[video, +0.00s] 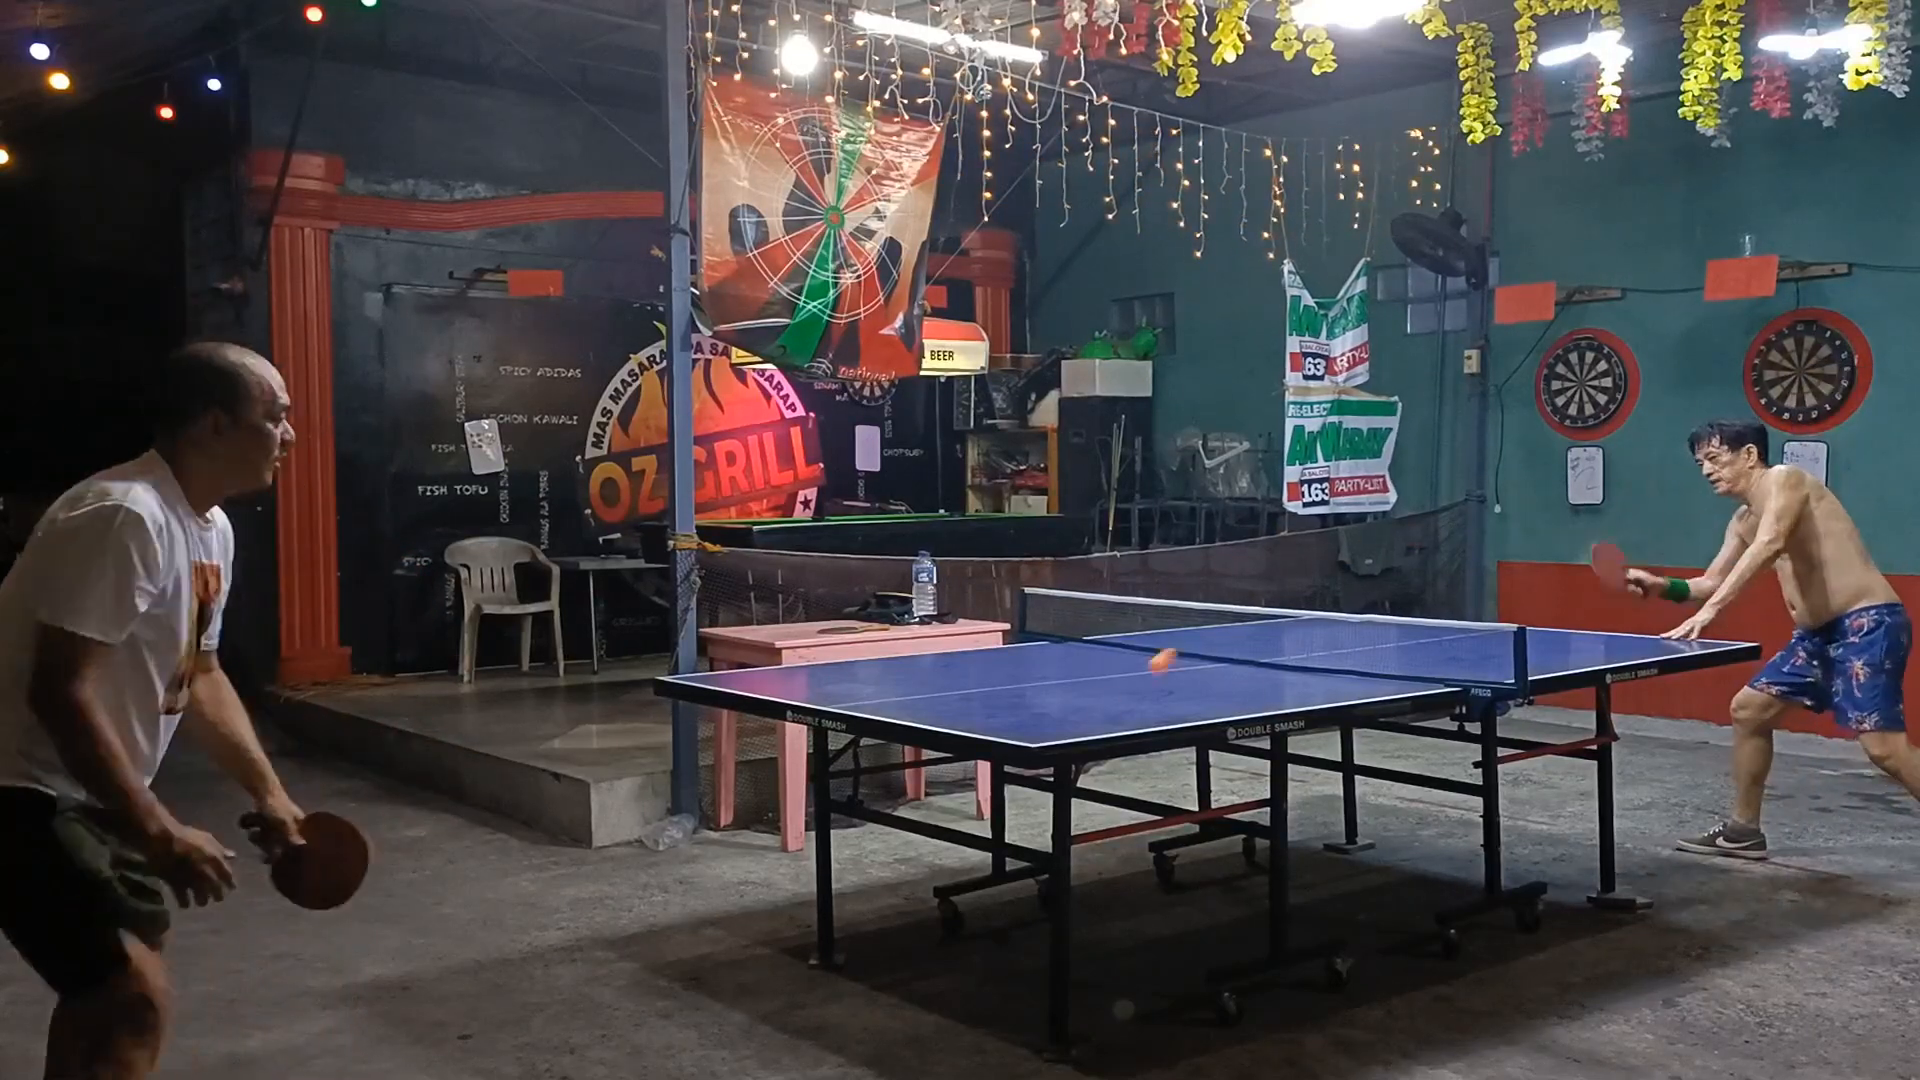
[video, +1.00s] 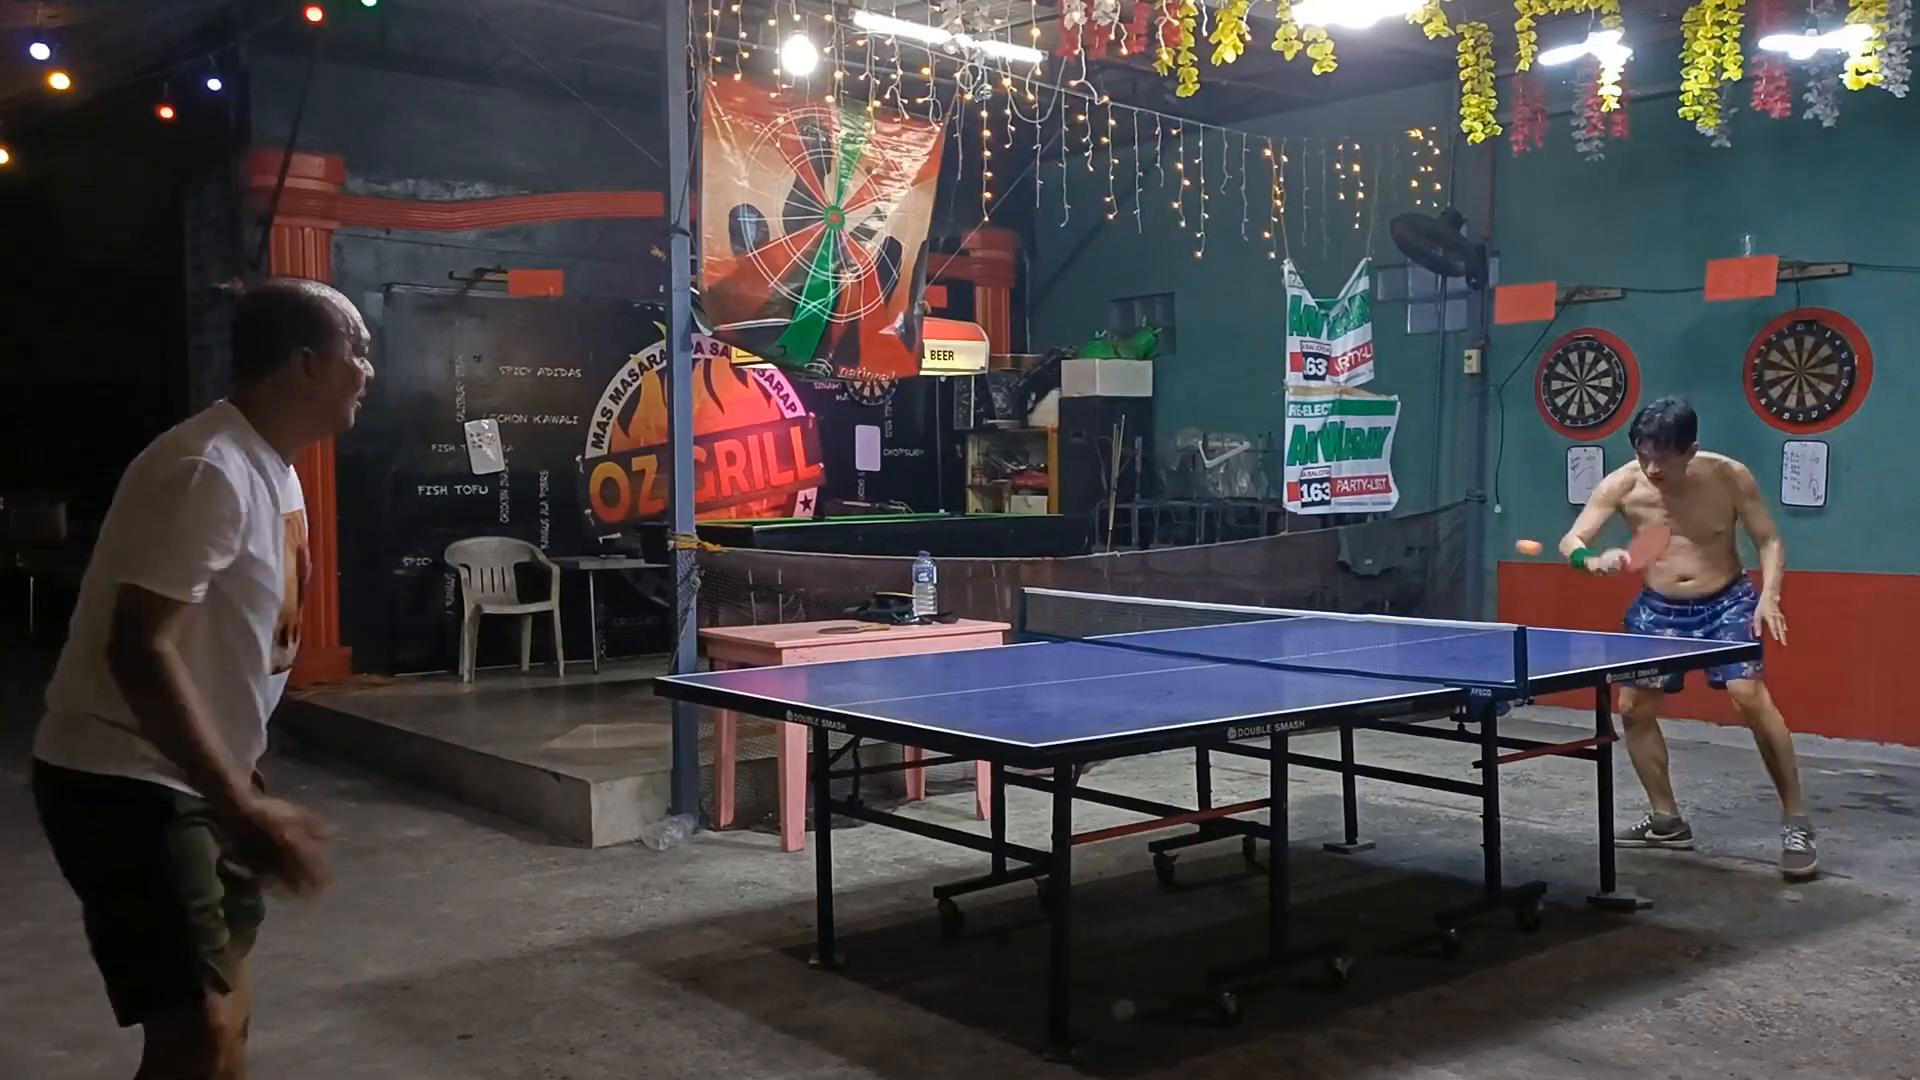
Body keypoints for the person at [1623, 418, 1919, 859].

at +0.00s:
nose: (1708, 471)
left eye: (1715, 459)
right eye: (1703, 464)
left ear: (1749, 454)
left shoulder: (1784, 479)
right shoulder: (1744, 522)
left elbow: (1768, 544)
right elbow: (1713, 582)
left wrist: (1710, 609)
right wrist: (1660, 586)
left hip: (1868, 624)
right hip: (1818, 636)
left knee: (1884, 748)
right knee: (1749, 711)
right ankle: (1744, 828)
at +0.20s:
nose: (1680, 458)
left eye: (1689, 446)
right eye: (1675, 451)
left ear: (1723, 445)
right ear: (1675, 456)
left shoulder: (1758, 476)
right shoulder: (1712, 511)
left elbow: (1759, 541)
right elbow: (1706, 580)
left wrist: (1708, 610)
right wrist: (1665, 605)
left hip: (1836, 622)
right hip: (1780, 634)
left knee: (1863, 735)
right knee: (1716, 712)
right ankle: (1741, 829)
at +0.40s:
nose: (1669, 436)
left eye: (1680, 425)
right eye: (1664, 428)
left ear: (1714, 426)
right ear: (1663, 434)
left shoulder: (1747, 465)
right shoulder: (1687, 489)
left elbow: (1743, 537)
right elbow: (1673, 553)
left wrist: (1702, 605)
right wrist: (1634, 575)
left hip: (1799, 612)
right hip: (1743, 618)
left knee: (1809, 725)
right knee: (1696, 713)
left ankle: (1886, 840)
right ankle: (1739, 829)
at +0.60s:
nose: (1660, 438)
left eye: (1670, 427)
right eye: (1654, 430)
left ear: (1702, 427)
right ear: (1652, 434)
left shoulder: (1739, 468)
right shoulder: (1678, 482)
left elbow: (1743, 544)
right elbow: (1659, 544)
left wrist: (1691, 607)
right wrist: (1613, 566)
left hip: (1777, 614)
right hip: (1722, 618)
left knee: (1777, 728)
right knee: (1662, 695)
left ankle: (1842, 846)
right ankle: (1662, 813)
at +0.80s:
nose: (1654, 458)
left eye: (1664, 447)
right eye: (1647, 448)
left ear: (1694, 442)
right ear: (1641, 445)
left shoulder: (1733, 483)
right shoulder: (1648, 495)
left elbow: (1767, 557)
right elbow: (1625, 557)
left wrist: (1728, 602)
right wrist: (1621, 590)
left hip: (1751, 619)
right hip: (1688, 622)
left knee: (1752, 727)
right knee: (1631, 709)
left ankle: (1838, 842)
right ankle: (1666, 820)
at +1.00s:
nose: (1650, 466)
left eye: (1659, 458)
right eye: (1644, 456)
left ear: (1687, 450)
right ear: (1637, 447)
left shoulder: (1729, 477)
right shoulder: (1620, 485)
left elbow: (1768, 541)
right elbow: (1570, 542)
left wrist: (1769, 597)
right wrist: (1590, 556)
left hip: (1724, 609)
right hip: (1655, 613)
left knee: (1750, 697)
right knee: (1633, 709)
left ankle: (1796, 821)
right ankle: (1666, 818)